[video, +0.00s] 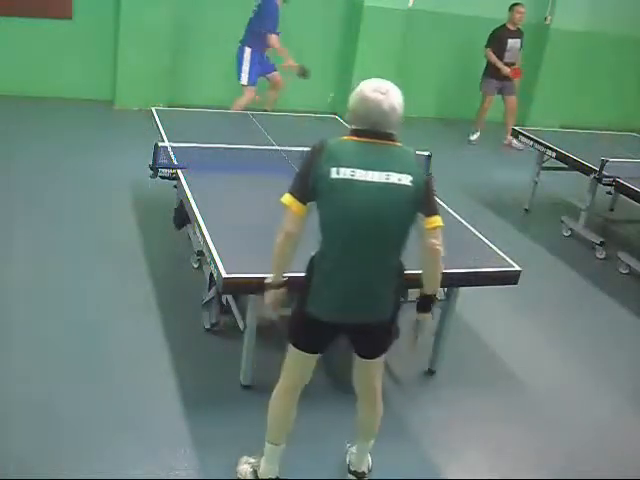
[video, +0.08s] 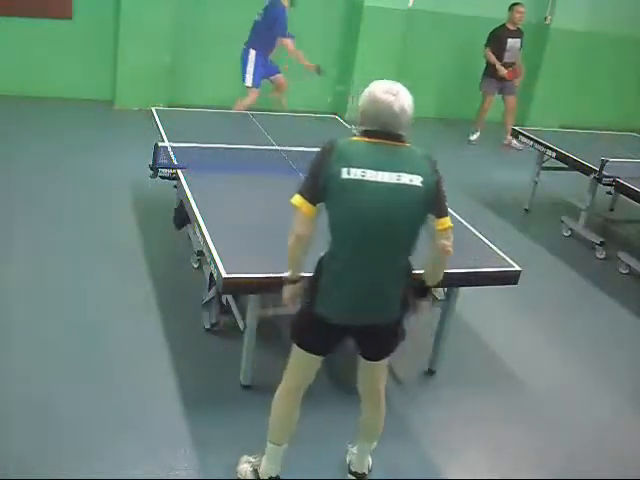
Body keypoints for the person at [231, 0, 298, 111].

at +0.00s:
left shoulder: (273, 7)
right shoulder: (270, 5)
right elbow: (272, 39)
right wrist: (287, 59)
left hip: (259, 51)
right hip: (249, 49)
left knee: (276, 82)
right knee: (249, 95)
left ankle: (266, 114)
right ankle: (228, 119)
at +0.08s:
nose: (290, 5)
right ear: (287, 1)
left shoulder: (273, 6)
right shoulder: (279, 9)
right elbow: (286, 41)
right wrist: (306, 63)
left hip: (262, 54)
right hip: (253, 52)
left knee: (281, 84)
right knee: (253, 95)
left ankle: (281, 118)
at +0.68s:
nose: (350, 24)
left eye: (351, 22)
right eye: (351, 21)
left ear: (343, 13)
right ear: (348, 16)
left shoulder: (327, 18)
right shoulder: (334, 24)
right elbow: (325, 52)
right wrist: (322, 83)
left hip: (298, 53)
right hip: (291, 48)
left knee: (309, 87)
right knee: (275, 88)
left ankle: (305, 120)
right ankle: (245, 110)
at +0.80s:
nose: (345, 13)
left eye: (348, 11)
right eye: (348, 10)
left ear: (343, 5)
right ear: (344, 5)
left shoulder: (327, 13)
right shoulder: (329, 16)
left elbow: (314, 40)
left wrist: (321, 55)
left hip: (299, 50)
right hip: (290, 45)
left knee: (307, 85)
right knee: (277, 88)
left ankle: (306, 119)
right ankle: (255, 113)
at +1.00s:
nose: (327, 1)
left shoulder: (321, 12)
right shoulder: (306, 4)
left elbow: (315, 36)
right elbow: (285, 22)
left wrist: (315, 52)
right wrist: (295, 46)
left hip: (303, 48)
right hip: (286, 45)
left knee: (305, 88)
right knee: (278, 91)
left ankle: (303, 123)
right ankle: (266, 120)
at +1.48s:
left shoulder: (312, 8)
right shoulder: (280, 3)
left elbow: (314, 33)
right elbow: (264, 23)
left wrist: (305, 52)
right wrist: (277, 35)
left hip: (297, 52)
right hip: (276, 50)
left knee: (298, 91)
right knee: (270, 91)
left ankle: (299, 125)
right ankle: (266, 123)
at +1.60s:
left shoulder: (317, 13)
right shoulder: (284, 5)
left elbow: (318, 38)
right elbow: (265, 27)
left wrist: (312, 55)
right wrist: (286, 33)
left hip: (299, 56)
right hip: (278, 54)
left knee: (298, 93)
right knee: (273, 92)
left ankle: (299, 128)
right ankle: (265, 124)